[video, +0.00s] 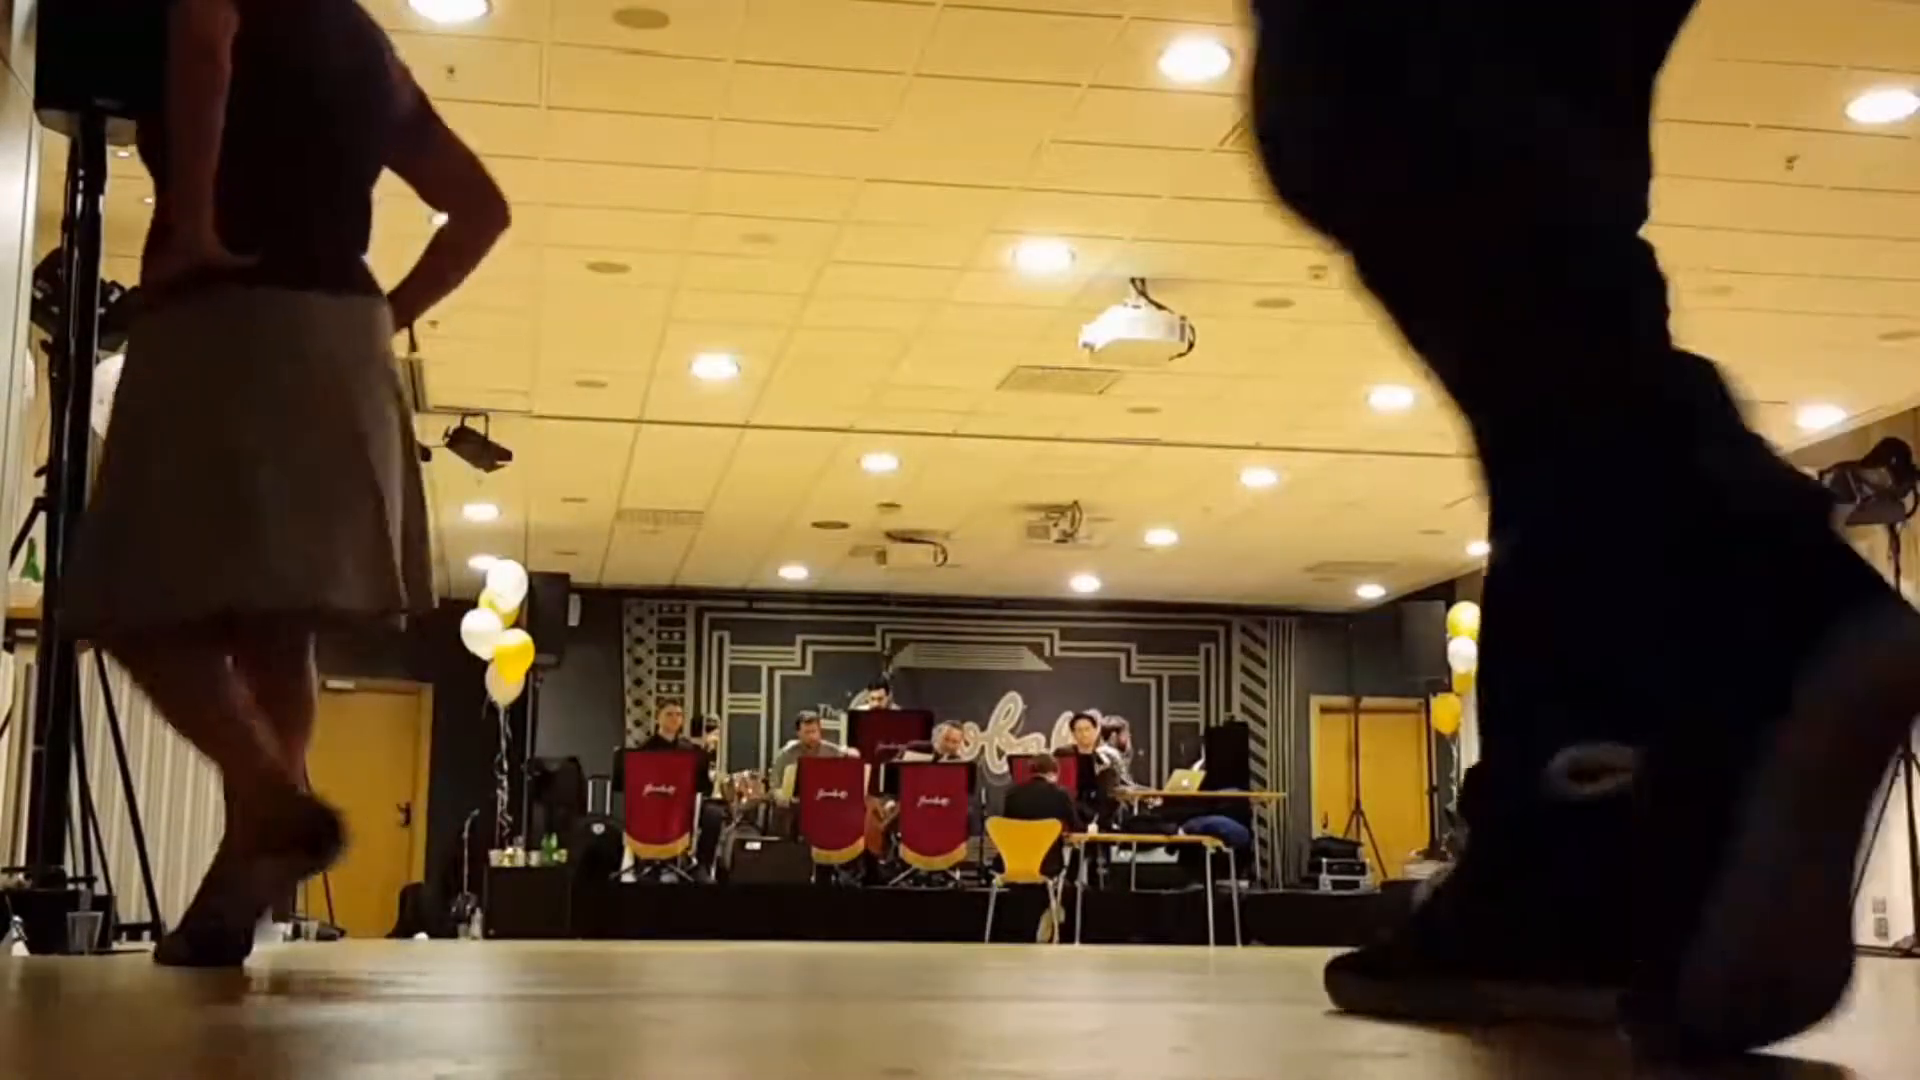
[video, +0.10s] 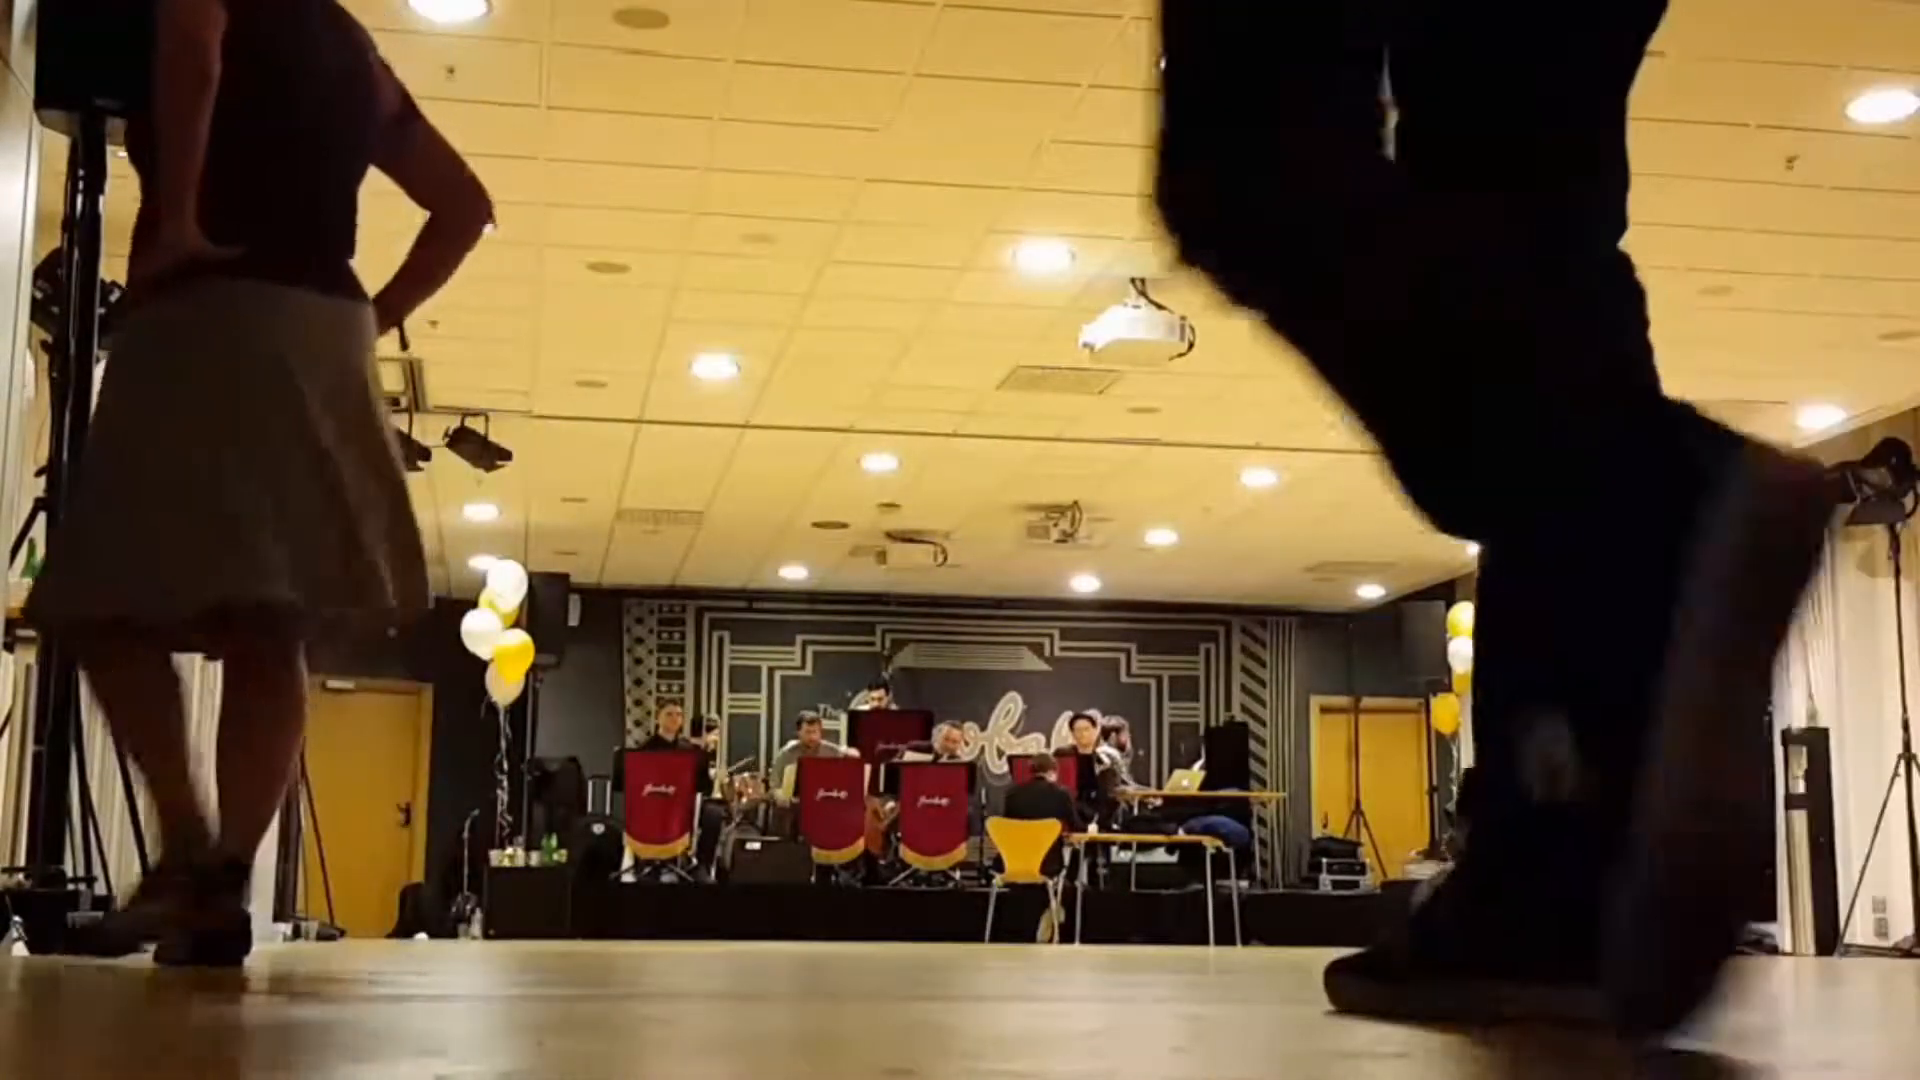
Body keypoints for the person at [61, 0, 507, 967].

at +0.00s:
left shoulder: (206, 10)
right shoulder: (358, 43)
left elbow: (205, 40)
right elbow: (480, 210)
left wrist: (185, 226)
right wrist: (390, 311)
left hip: (222, 322)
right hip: (341, 331)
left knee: (130, 602)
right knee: (280, 628)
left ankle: (278, 805)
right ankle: (229, 909)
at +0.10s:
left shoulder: (192, 4)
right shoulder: (341, 40)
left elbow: (193, 48)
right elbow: (463, 205)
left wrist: (170, 215)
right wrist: (378, 316)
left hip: (208, 319)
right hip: (326, 327)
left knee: (97, 604)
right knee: (269, 627)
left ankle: (186, 843)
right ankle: (222, 901)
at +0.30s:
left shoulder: (159, 13)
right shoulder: (315, 62)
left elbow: (148, 73)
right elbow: (437, 219)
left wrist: (124, 236)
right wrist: (359, 328)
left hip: (164, 337)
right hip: (298, 351)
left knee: (84, 630)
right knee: (260, 640)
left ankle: (32, 889)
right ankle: (223, 901)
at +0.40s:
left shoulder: (124, 16)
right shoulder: (293, 62)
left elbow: (108, 78)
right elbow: (426, 215)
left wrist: (97, 241)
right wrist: (352, 330)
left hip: (148, 346)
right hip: (283, 356)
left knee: (79, 639)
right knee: (252, 643)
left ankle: (18, 884)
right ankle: (223, 893)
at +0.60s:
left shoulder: (68, 48)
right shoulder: (252, 80)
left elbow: (7, 132)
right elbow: (387, 211)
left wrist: (18, 274)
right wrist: (324, 340)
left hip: (92, 360)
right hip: (231, 365)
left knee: (60, 645)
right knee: (218, 634)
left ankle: (10, 897)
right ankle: (217, 873)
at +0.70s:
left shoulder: (46, 60)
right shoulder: (235, 79)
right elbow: (361, 199)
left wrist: (11, 288)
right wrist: (312, 327)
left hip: (74, 360)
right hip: (215, 368)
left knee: (49, 643)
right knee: (198, 631)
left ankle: (9, 896)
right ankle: (200, 868)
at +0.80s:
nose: (188, 10)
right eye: (187, 4)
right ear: (169, 3)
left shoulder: (20, 70)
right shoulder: (217, 81)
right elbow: (336, 192)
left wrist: (1, 297)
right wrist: (296, 323)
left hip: (53, 363)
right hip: (192, 370)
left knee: (35, 641)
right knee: (186, 631)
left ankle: (9, 893)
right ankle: (177, 844)